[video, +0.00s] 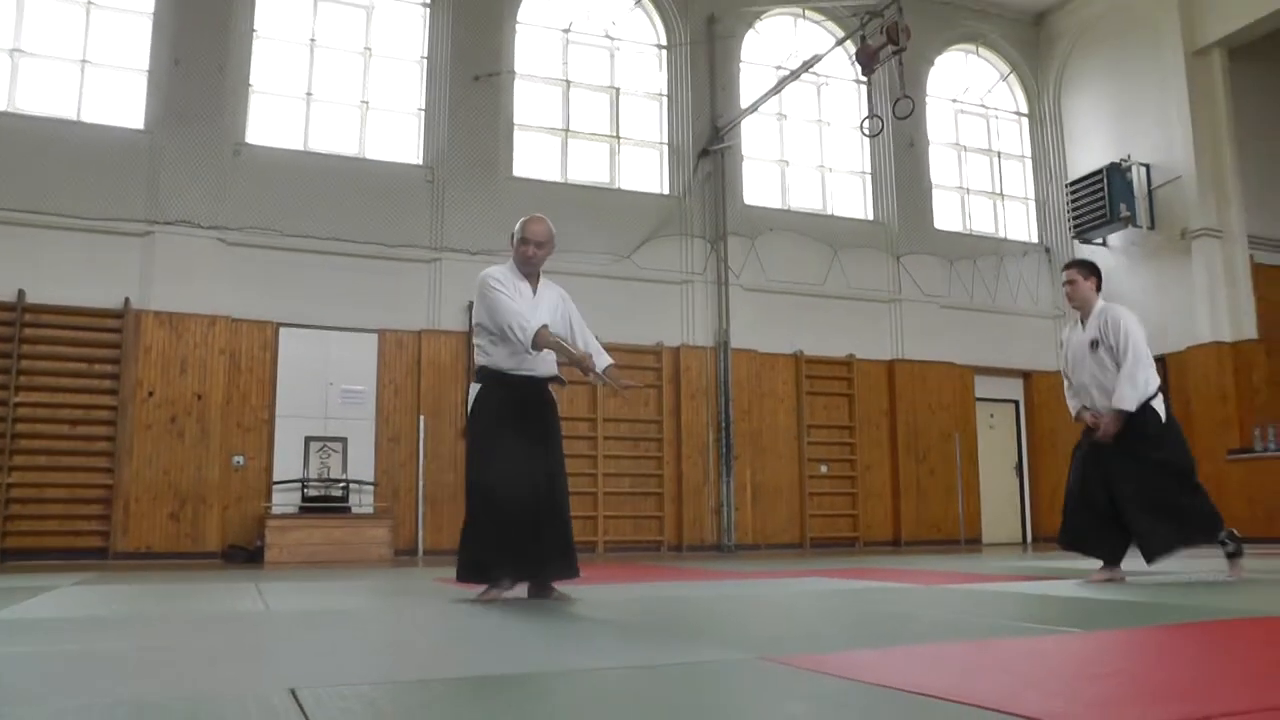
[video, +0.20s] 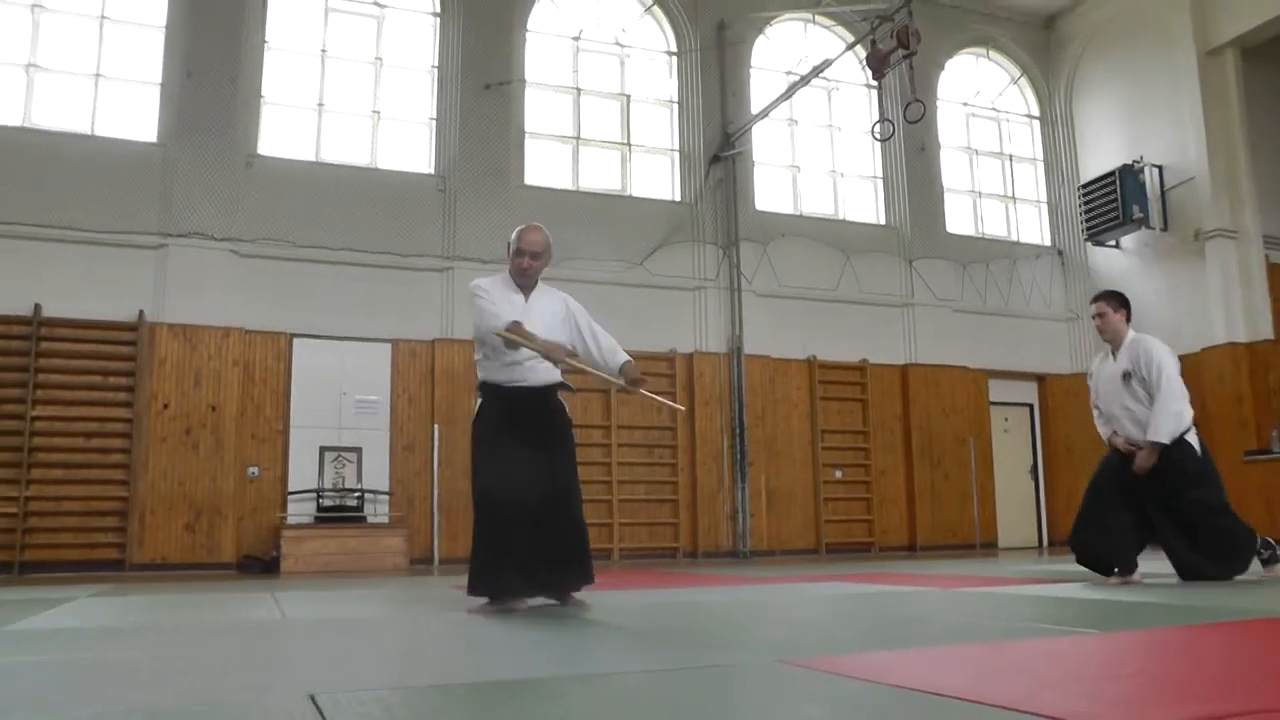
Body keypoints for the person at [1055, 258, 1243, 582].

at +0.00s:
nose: (1066, 289)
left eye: (1071, 283)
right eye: (1064, 285)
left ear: (1093, 284)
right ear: (1067, 291)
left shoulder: (1118, 317)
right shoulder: (1070, 335)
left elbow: (1137, 365)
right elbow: (1070, 383)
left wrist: (1117, 412)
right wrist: (1082, 411)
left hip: (1141, 412)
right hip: (1103, 420)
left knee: (1175, 481)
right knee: (1101, 488)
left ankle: (1225, 539)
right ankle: (1111, 564)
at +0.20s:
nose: (1095, 323)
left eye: (1100, 316)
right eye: (1093, 317)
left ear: (1122, 315)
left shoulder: (1150, 349)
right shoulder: (1099, 365)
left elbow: (1171, 399)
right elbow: (1098, 411)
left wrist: (1153, 447)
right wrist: (1111, 437)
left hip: (1171, 444)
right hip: (1127, 449)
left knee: (1202, 510)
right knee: (1109, 504)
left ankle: (1261, 548)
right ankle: (1126, 569)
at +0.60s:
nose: (1139, 342)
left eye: (1144, 334)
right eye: (1136, 336)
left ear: (1166, 334)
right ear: (1136, 339)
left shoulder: (1193, 372)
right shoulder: (1136, 380)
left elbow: (1203, 429)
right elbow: (1128, 423)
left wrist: (1178, 471)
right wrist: (1139, 446)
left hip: (1195, 468)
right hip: (1152, 465)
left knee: (1199, 555)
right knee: (1110, 470)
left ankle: (1249, 540)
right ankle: (1118, 552)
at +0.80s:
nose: (1147, 330)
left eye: (1153, 323)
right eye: (1145, 324)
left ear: (1174, 323)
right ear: (1143, 327)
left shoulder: (1200, 362)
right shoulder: (1142, 370)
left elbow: (1208, 417)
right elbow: (1133, 412)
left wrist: (1180, 456)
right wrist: (1140, 438)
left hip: (1194, 460)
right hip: (1150, 457)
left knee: (1180, 545)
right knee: (1102, 463)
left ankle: (1235, 529)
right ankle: (1123, 541)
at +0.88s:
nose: (1148, 326)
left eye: (1154, 319)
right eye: (1146, 321)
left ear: (1176, 319)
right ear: (1144, 324)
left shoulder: (1201, 359)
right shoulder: (1142, 366)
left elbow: (1211, 414)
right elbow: (1133, 409)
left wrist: (1182, 452)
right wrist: (1141, 438)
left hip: (1194, 456)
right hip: (1150, 453)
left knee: (1186, 541)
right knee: (1105, 477)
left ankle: (1229, 525)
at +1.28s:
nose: (1150, 336)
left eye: (1156, 329)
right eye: (1147, 331)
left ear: (1176, 331)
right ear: (1145, 335)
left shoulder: (1202, 371)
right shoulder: (1143, 377)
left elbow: (1213, 423)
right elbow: (1139, 423)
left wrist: (1187, 465)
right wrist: (1151, 458)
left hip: (1204, 467)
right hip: (1159, 465)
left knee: (1185, 537)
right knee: (1117, 493)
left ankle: (1225, 518)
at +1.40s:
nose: (1151, 343)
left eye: (1157, 336)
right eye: (1148, 337)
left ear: (1178, 338)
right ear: (1146, 341)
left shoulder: (1203, 376)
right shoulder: (1144, 384)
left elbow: (1216, 430)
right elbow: (1140, 430)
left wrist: (1189, 472)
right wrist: (1154, 463)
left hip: (1205, 473)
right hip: (1160, 470)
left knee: (1182, 539)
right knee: (1116, 494)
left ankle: (1223, 521)